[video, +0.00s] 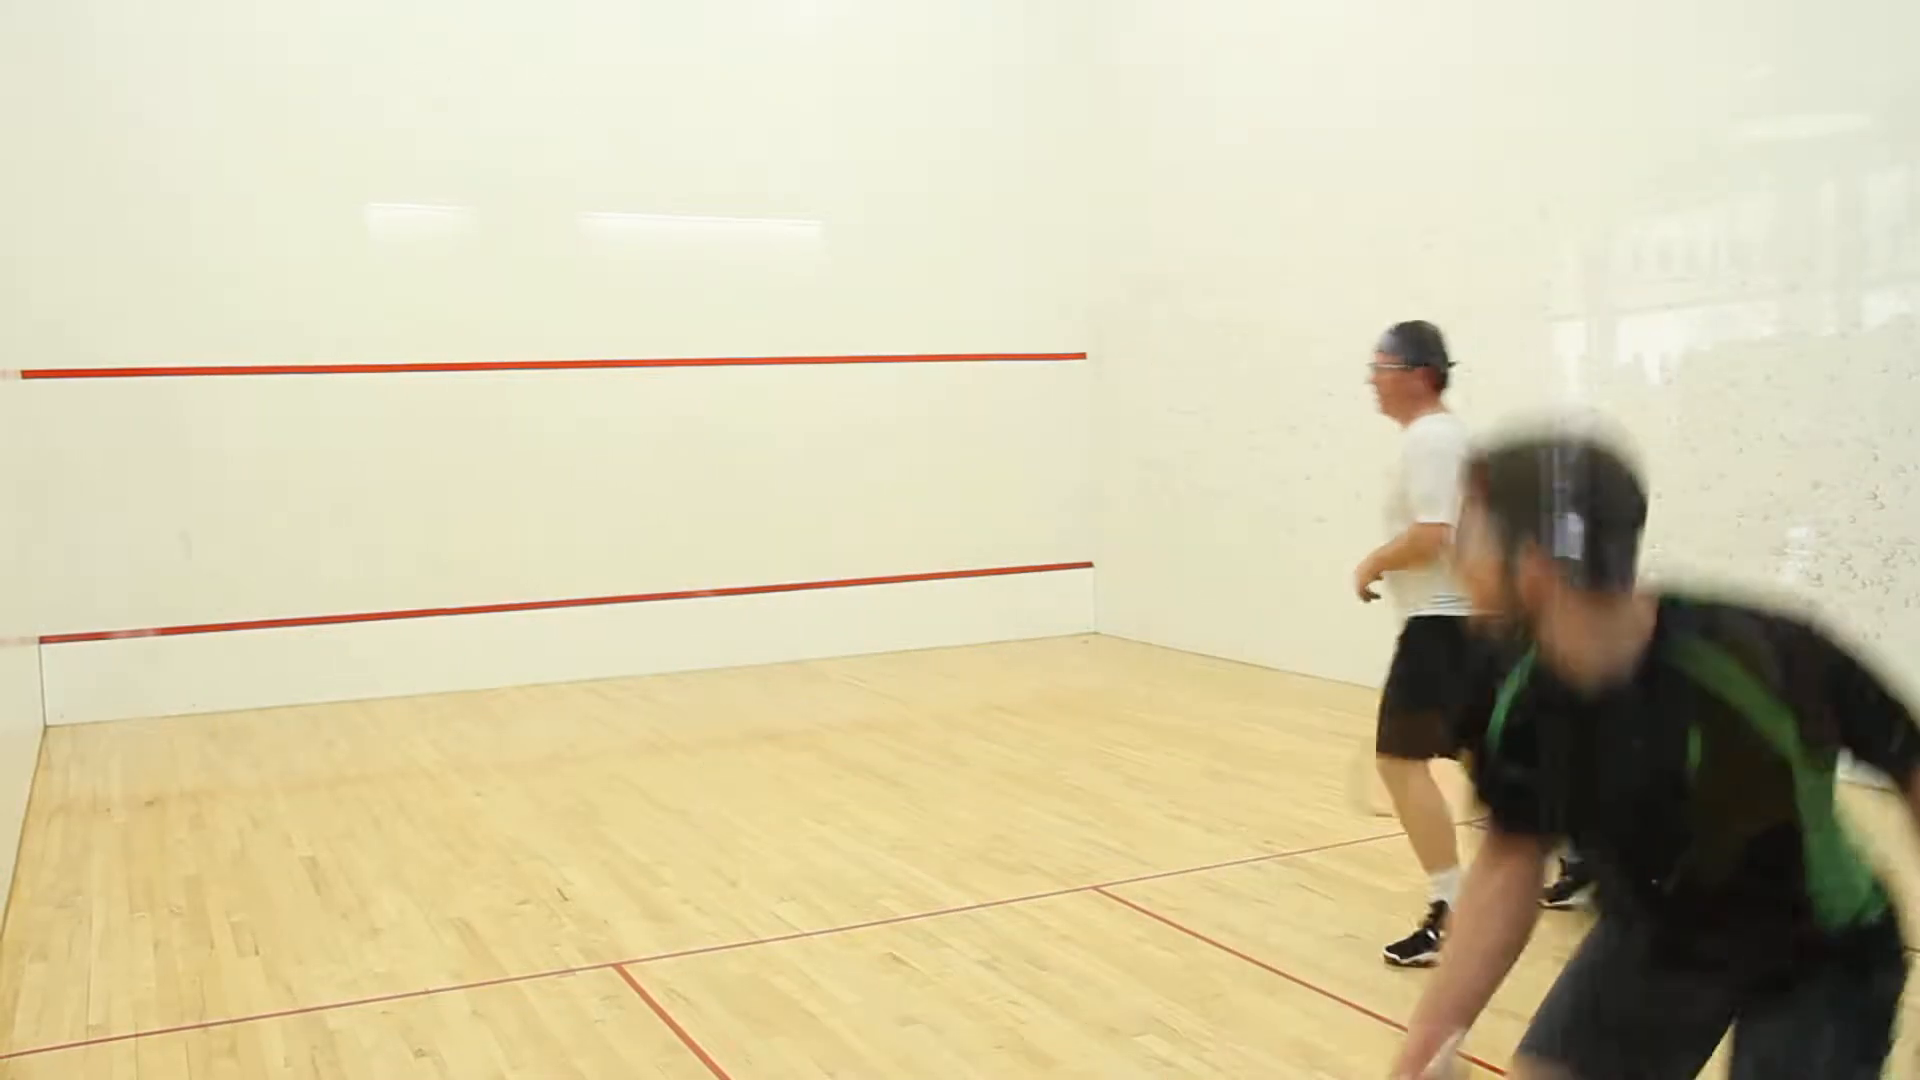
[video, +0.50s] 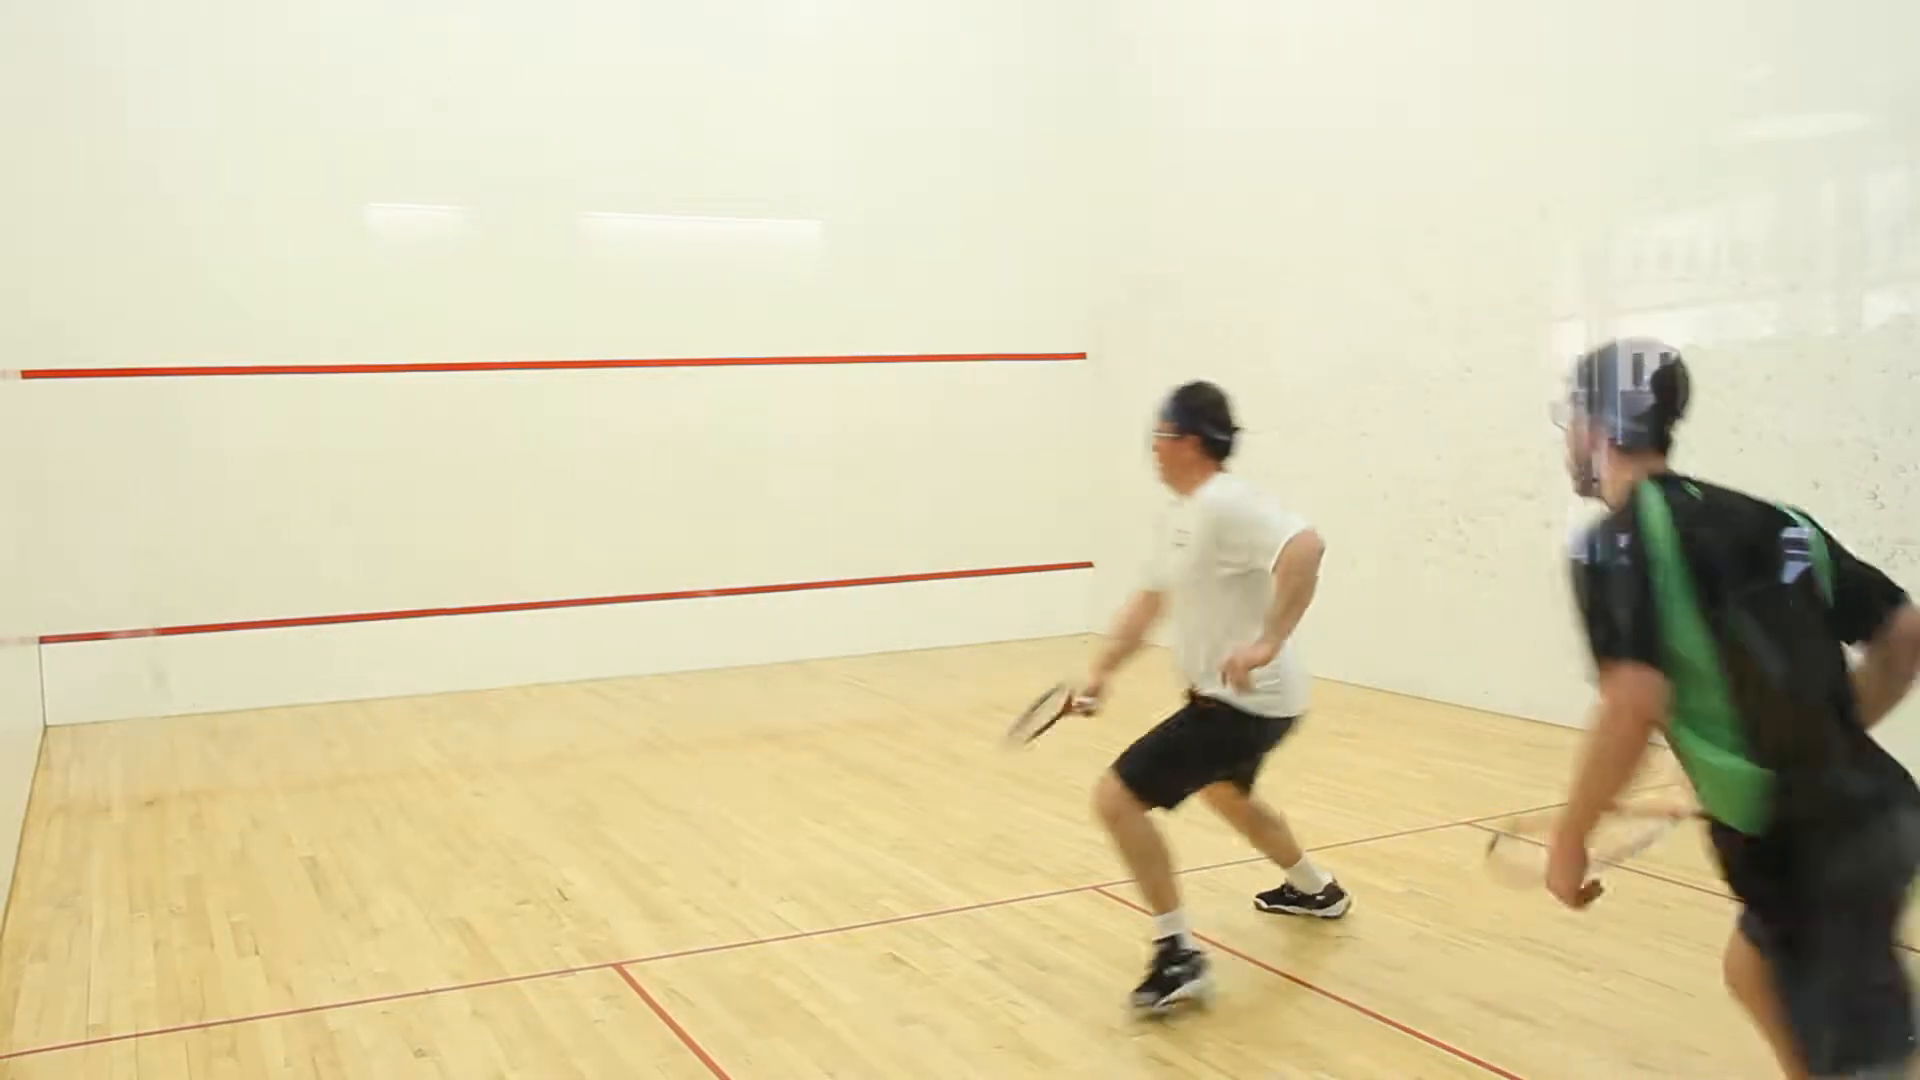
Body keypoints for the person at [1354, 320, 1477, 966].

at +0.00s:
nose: (1373, 382)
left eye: (1383, 370)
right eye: (1374, 370)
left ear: (1421, 377)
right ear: (1423, 379)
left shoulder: (1433, 439)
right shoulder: (1444, 436)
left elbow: (1431, 535)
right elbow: (1446, 533)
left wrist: (1375, 564)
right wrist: (1394, 563)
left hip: (1440, 623)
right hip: (1474, 620)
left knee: (1400, 758)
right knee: (1492, 751)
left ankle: (1452, 906)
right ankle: (1569, 851)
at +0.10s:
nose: (1334, 376)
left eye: (1343, 365)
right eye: (1336, 365)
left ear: (1369, 372)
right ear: (1388, 374)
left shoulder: (1379, 432)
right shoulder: (1412, 428)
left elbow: (1374, 523)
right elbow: (1411, 525)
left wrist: (1334, 567)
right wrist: (1359, 563)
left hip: (1410, 616)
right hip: (1439, 610)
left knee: (1373, 763)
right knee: (1402, 756)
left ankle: (1447, 905)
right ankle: (1490, 833)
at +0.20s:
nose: (1291, 389)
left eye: (1298, 378)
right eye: (1294, 377)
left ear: (1322, 385)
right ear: (1343, 386)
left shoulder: (1332, 444)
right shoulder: (1373, 441)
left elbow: (1317, 532)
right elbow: (1374, 531)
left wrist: (1286, 580)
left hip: (1374, 623)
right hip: (1406, 622)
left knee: (1306, 762)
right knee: (1320, 754)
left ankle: (1390, 891)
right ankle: (1345, 873)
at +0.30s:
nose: (1255, 423)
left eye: (1260, 411)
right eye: (1257, 410)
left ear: (1280, 414)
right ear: (1310, 416)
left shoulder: (1297, 474)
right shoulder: (1334, 473)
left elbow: (1294, 565)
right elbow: (1344, 589)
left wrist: (1242, 608)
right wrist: (1285, 656)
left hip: (1334, 657)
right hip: (1364, 658)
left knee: (1247, 781)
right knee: (1275, 767)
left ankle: (1300, 943)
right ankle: (1322, 885)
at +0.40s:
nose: (1211, 451)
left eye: (1217, 439)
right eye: (1213, 438)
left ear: (1241, 443)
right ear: (1262, 445)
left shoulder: (1261, 501)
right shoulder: (1282, 498)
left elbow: (1289, 574)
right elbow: (1231, 615)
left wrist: (1236, 648)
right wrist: (1182, 673)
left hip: (1288, 687)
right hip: (1324, 686)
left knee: (1178, 793)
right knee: (1256, 770)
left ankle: (1240, 945)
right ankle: (1318, 886)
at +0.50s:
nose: (1153, 448)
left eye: (1162, 437)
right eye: (1155, 436)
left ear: (1194, 444)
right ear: (1189, 443)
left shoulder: (1228, 502)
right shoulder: (1179, 514)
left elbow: (1303, 549)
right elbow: (1151, 598)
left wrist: (1268, 643)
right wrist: (1102, 669)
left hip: (1248, 702)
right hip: (1224, 695)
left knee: (1116, 799)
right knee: (1223, 791)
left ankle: (1178, 951)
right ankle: (1316, 887)